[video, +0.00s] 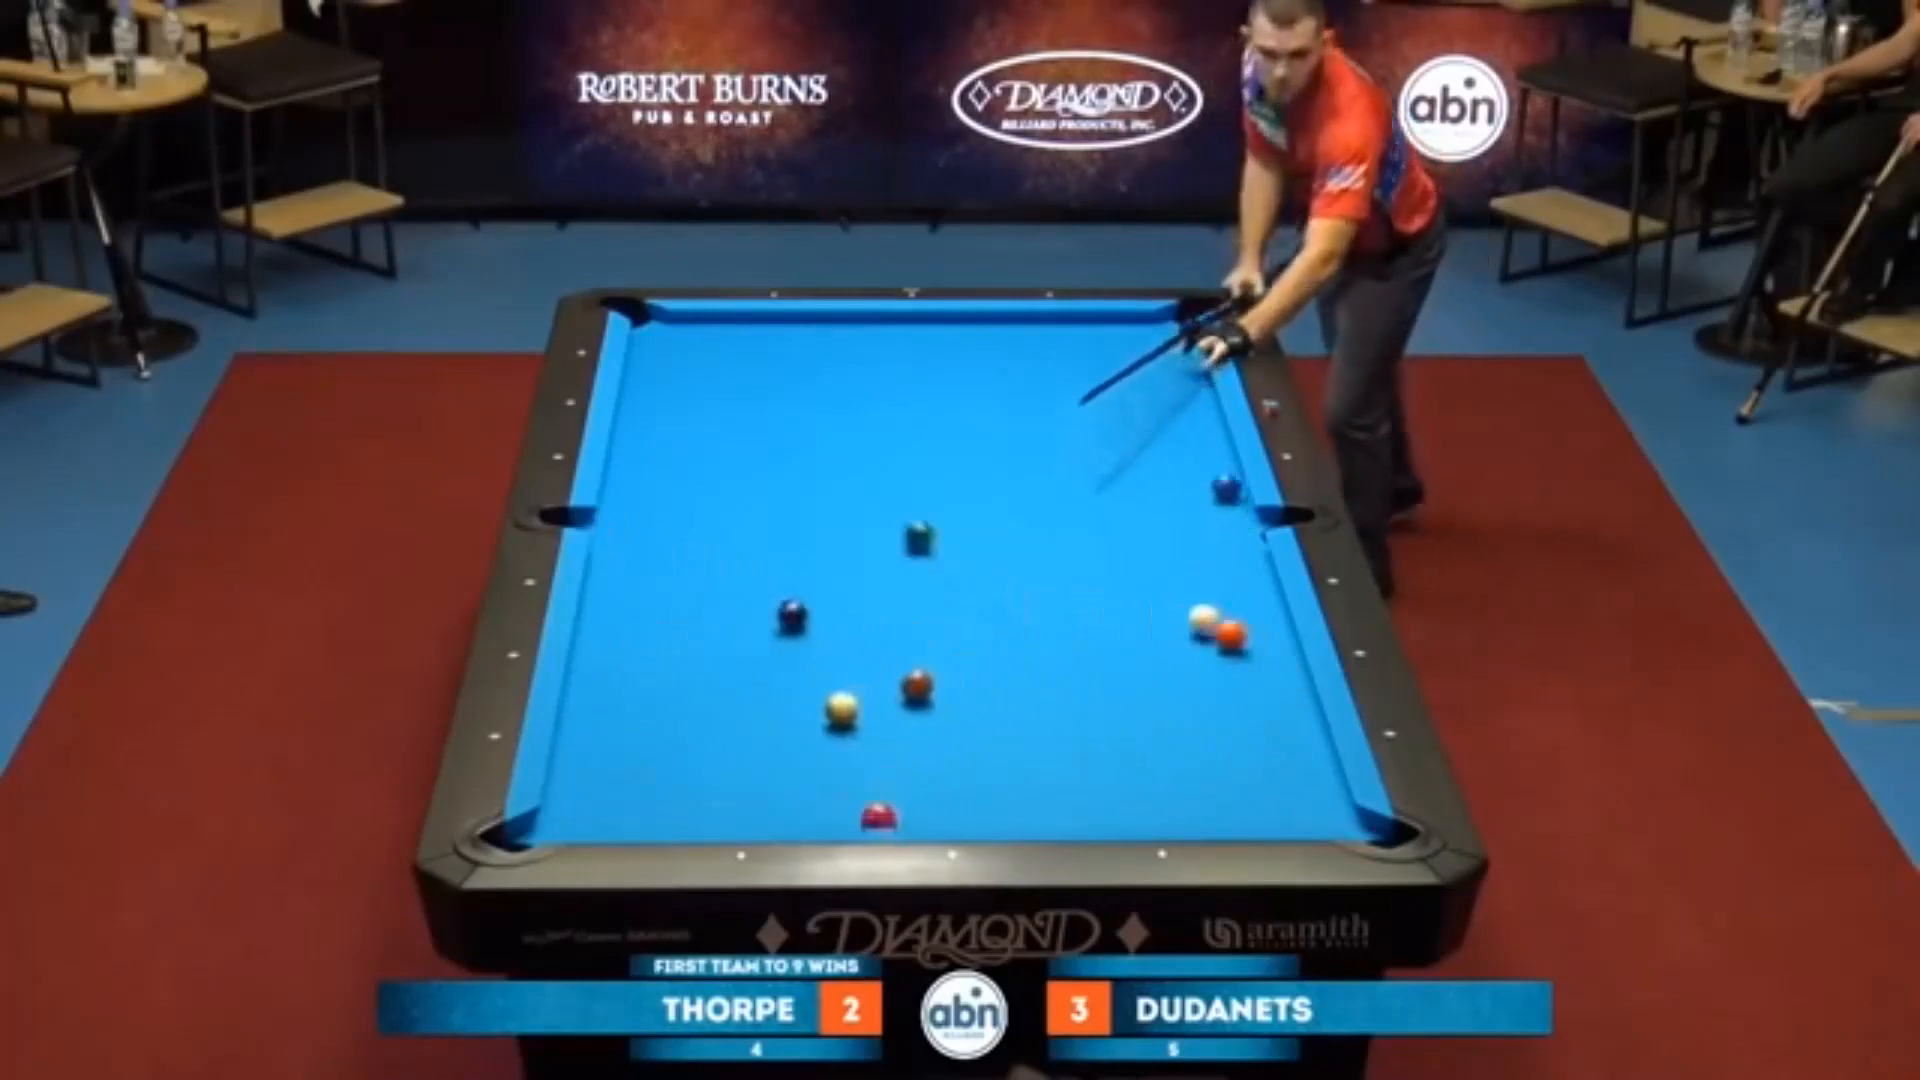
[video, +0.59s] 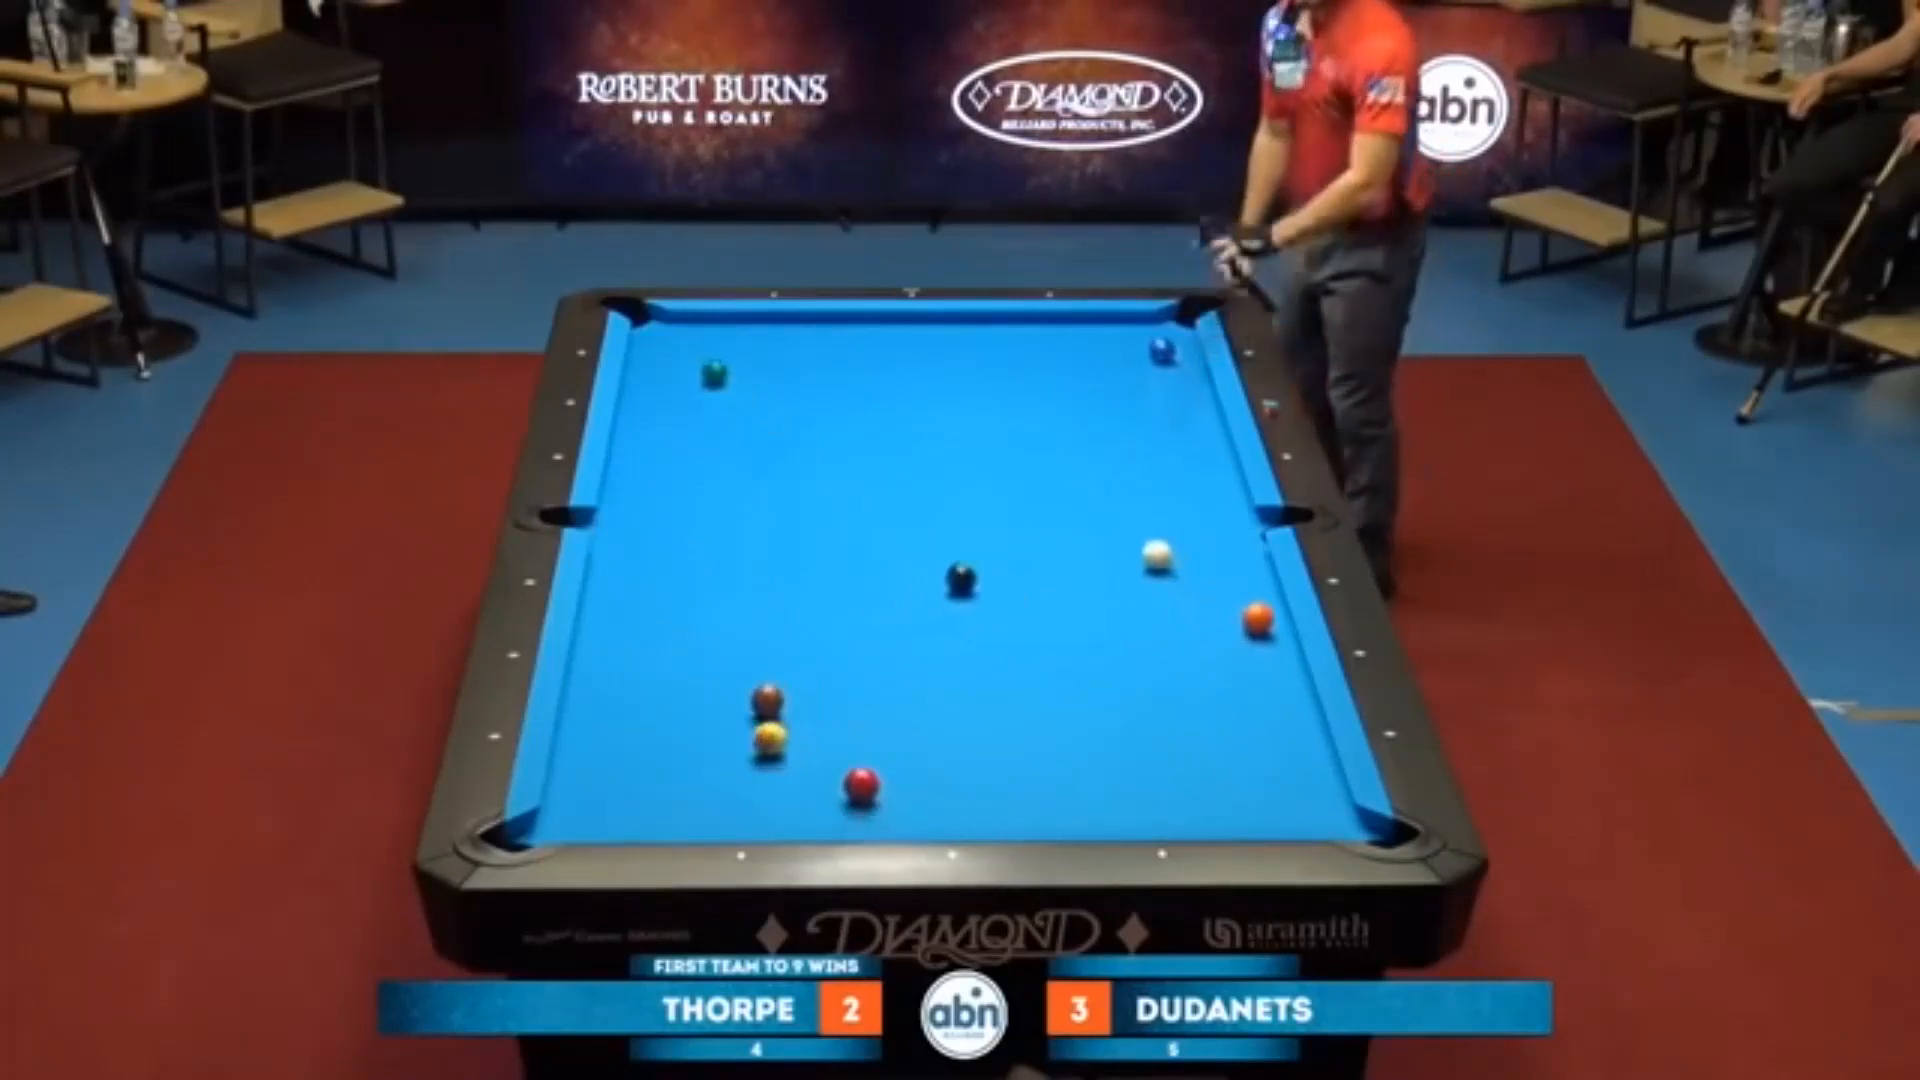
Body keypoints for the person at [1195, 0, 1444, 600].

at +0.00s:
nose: (1279, 71)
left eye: (1296, 57)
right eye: (1267, 55)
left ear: (1325, 43)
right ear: (1250, 39)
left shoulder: (1350, 113)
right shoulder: (1257, 68)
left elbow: (1323, 254)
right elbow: (1262, 162)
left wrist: (1247, 331)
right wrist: (1249, 260)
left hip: (1397, 243)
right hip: (1335, 235)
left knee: (1350, 412)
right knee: (1367, 369)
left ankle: (1368, 572)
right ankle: (1397, 482)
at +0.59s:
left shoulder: (1383, 42)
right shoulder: (1283, 24)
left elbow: (1368, 180)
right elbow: (1274, 130)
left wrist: (1271, 236)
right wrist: (1249, 228)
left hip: (1373, 244)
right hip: (1311, 240)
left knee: (1357, 405)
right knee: (1301, 393)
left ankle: (1368, 562)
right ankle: (1315, 538)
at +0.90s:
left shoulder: (1398, 30)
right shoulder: (1281, 20)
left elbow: (1408, 160)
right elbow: (1268, 127)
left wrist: (1380, 263)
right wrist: (1244, 223)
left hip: (1359, 240)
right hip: (1283, 232)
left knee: (1361, 404)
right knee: (1295, 398)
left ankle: (1368, 562)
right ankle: (1304, 541)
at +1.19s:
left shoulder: (1406, 27)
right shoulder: (1285, 16)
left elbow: (1436, 151)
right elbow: (1262, 120)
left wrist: (1457, 263)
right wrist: (1225, 215)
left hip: (1361, 236)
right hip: (1286, 229)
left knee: (1361, 404)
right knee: (1301, 397)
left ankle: (1368, 566)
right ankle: (1310, 540)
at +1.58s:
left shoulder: (1401, 18)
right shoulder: (1279, 12)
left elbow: (1467, 34)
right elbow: (1187, 31)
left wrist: (1515, 21)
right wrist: (1079, 38)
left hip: (1366, 233)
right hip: (1292, 226)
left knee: (1366, 405)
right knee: (1307, 395)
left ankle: (1370, 566)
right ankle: (1314, 536)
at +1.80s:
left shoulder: (1409, 16)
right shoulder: (1285, 8)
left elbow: (1498, 5)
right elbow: (1199, 7)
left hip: (1365, 236)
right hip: (1291, 228)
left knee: (1367, 406)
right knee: (1309, 398)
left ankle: (1367, 570)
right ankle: (1314, 543)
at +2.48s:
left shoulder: (1410, 17)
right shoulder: (1293, 10)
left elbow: (1505, 5)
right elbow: (1236, 1)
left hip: (1367, 237)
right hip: (1295, 228)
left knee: (1370, 402)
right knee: (1313, 394)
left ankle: (1370, 565)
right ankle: (1320, 533)